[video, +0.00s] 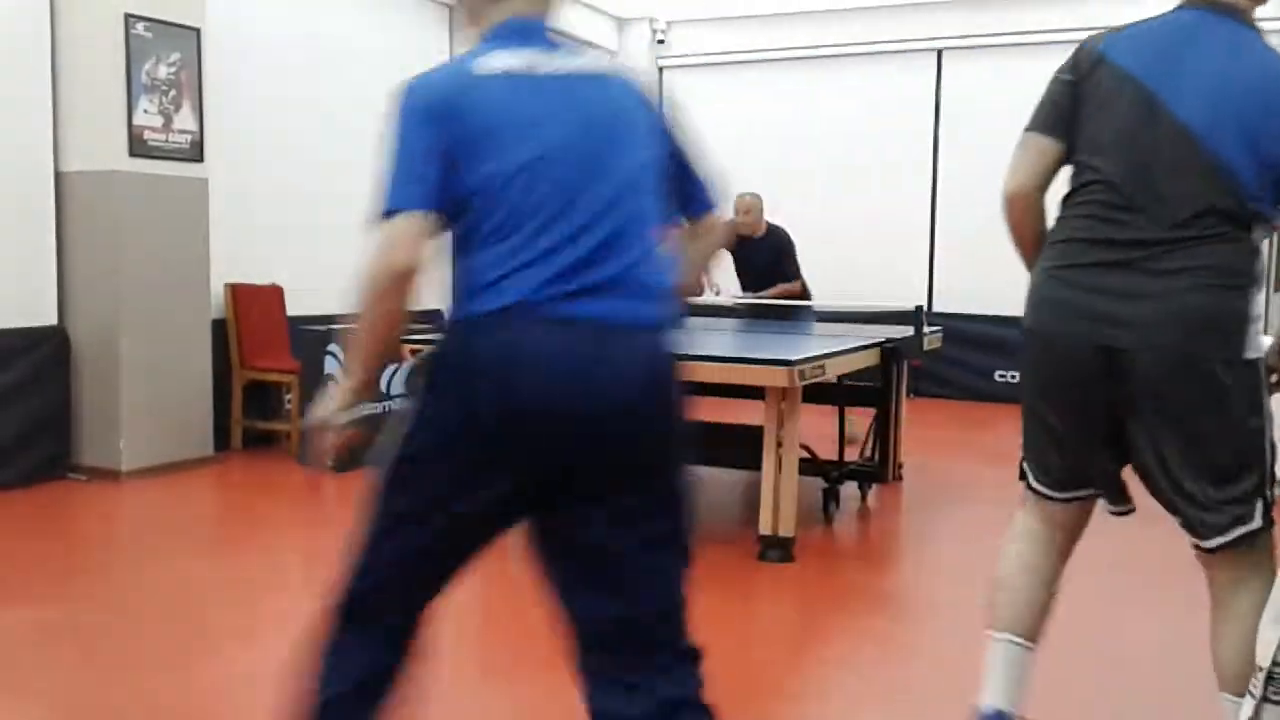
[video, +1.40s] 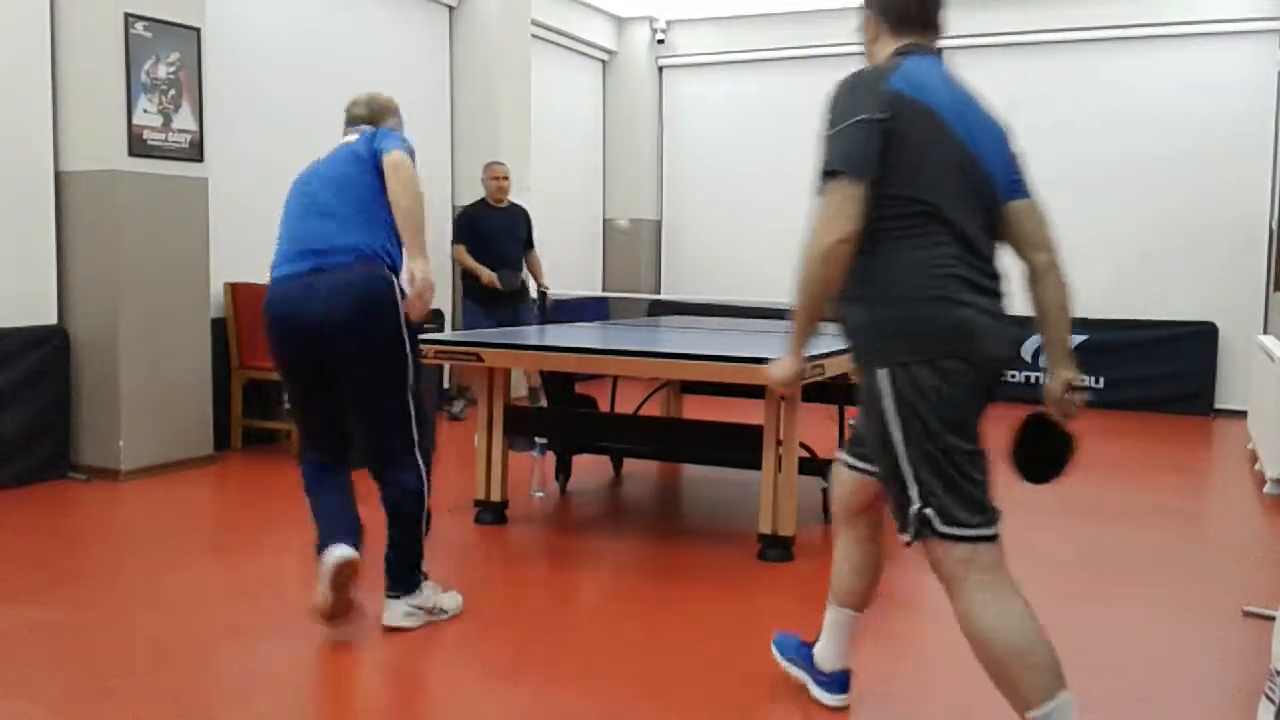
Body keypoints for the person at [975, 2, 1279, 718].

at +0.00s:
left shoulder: (1102, 51)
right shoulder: (1267, 75)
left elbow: (1020, 190)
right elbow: (1271, 227)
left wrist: (1056, 283)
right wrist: (1273, 344)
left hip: (1066, 321)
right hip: (1191, 339)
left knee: (1045, 509)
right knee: (1240, 559)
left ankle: (995, 705)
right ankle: (1248, 710)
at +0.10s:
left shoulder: (1125, 37)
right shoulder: (1278, 48)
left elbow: (1037, 184)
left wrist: (1070, 285)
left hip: (1090, 318)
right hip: (1232, 332)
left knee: (1053, 519)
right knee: (1245, 553)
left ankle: (1034, 711)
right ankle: (1250, 712)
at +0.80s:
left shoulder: (1061, 32)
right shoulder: (1207, 74)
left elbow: (1025, 187)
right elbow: (1234, 237)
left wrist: (974, 328)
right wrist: (1168, 312)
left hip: (1068, 343)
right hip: (1176, 350)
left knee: (1053, 568)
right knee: (1117, 547)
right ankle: (1163, 709)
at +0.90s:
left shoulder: (1042, 32)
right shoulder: (1180, 71)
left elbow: (1012, 185)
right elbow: (1213, 236)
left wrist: (965, 331)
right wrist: (1148, 321)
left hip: (1054, 335)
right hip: (1144, 344)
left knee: (1048, 564)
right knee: (1062, 550)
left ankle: (1073, 715)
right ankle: (1062, 703)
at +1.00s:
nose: (1005, 3)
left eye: (1009, 3)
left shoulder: (1018, 36)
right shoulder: (1151, 74)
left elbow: (992, 189)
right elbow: (1192, 235)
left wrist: (952, 334)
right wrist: (1139, 331)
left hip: (1033, 332)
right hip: (1117, 337)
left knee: (1039, 574)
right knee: (1005, 517)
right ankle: (985, 690)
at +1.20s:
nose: (942, 11)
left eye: (945, 3)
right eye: (944, 5)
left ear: (967, 0)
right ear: (1018, 4)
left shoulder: (958, 55)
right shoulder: (1078, 89)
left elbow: (939, 204)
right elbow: (1127, 240)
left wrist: (898, 344)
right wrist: (1128, 363)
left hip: (985, 340)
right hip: (1059, 339)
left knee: (1012, 568)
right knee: (925, 482)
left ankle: (1069, 714)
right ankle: (864, 653)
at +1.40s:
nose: (860, 36)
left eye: (863, 25)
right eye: (865, 26)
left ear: (876, 25)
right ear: (935, 27)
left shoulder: (869, 89)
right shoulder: (976, 116)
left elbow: (838, 229)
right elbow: (1039, 252)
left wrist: (795, 348)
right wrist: (1062, 365)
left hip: (909, 345)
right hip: (975, 343)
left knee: (971, 565)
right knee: (853, 488)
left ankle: (1057, 713)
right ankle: (829, 664)